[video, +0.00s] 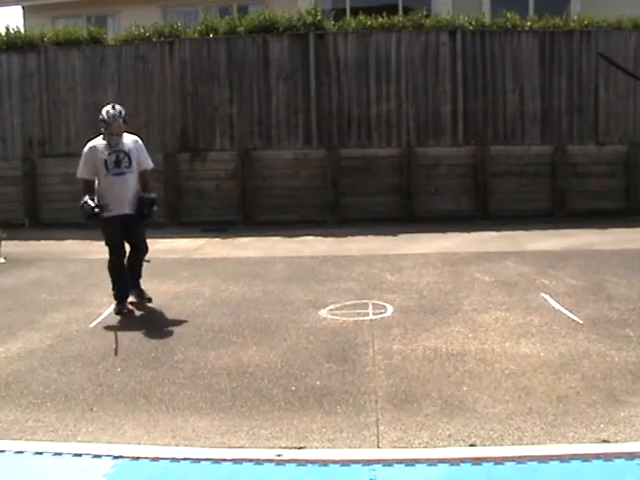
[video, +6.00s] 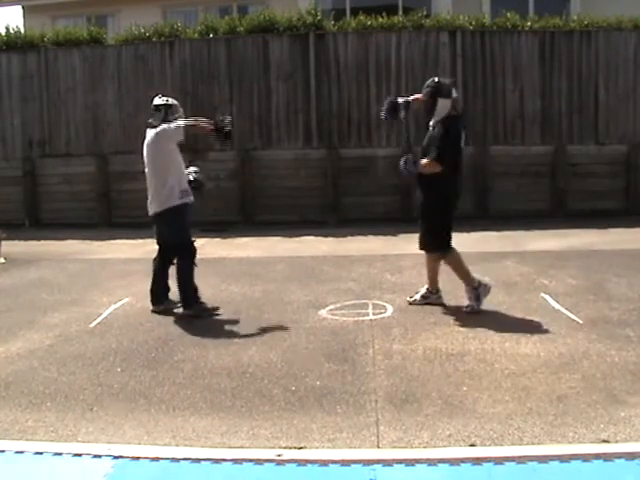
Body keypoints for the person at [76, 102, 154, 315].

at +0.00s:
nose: (116, 131)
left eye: (119, 126)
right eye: (111, 127)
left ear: (124, 124)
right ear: (103, 127)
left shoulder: (134, 143)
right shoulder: (93, 149)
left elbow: (144, 173)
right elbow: (87, 182)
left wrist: (146, 197)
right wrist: (89, 201)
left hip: (133, 209)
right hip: (109, 212)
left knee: (140, 248)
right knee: (117, 254)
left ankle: (133, 283)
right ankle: (120, 298)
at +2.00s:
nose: (134, 127)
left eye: (137, 123)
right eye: (130, 123)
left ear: (140, 124)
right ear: (119, 123)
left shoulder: (135, 142)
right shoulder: (107, 147)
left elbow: (156, 156)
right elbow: (123, 175)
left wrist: (177, 151)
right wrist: (152, 170)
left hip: (140, 209)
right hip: (122, 212)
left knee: (144, 250)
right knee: (130, 254)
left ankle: (140, 291)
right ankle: (131, 300)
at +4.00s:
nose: (163, 116)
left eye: (163, 111)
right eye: (159, 112)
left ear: (158, 115)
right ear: (149, 115)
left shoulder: (157, 138)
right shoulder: (138, 144)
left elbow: (158, 170)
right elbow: (130, 176)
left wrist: (172, 192)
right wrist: (147, 196)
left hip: (165, 208)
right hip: (149, 211)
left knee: (161, 251)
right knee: (154, 252)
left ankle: (155, 295)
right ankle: (146, 300)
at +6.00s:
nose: (177, 119)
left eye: (177, 116)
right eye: (176, 115)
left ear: (156, 115)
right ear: (168, 115)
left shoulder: (151, 138)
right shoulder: (162, 134)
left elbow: (162, 171)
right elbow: (193, 123)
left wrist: (184, 176)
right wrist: (213, 127)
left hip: (162, 206)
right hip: (172, 205)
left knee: (165, 253)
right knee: (186, 252)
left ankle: (159, 299)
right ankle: (190, 302)